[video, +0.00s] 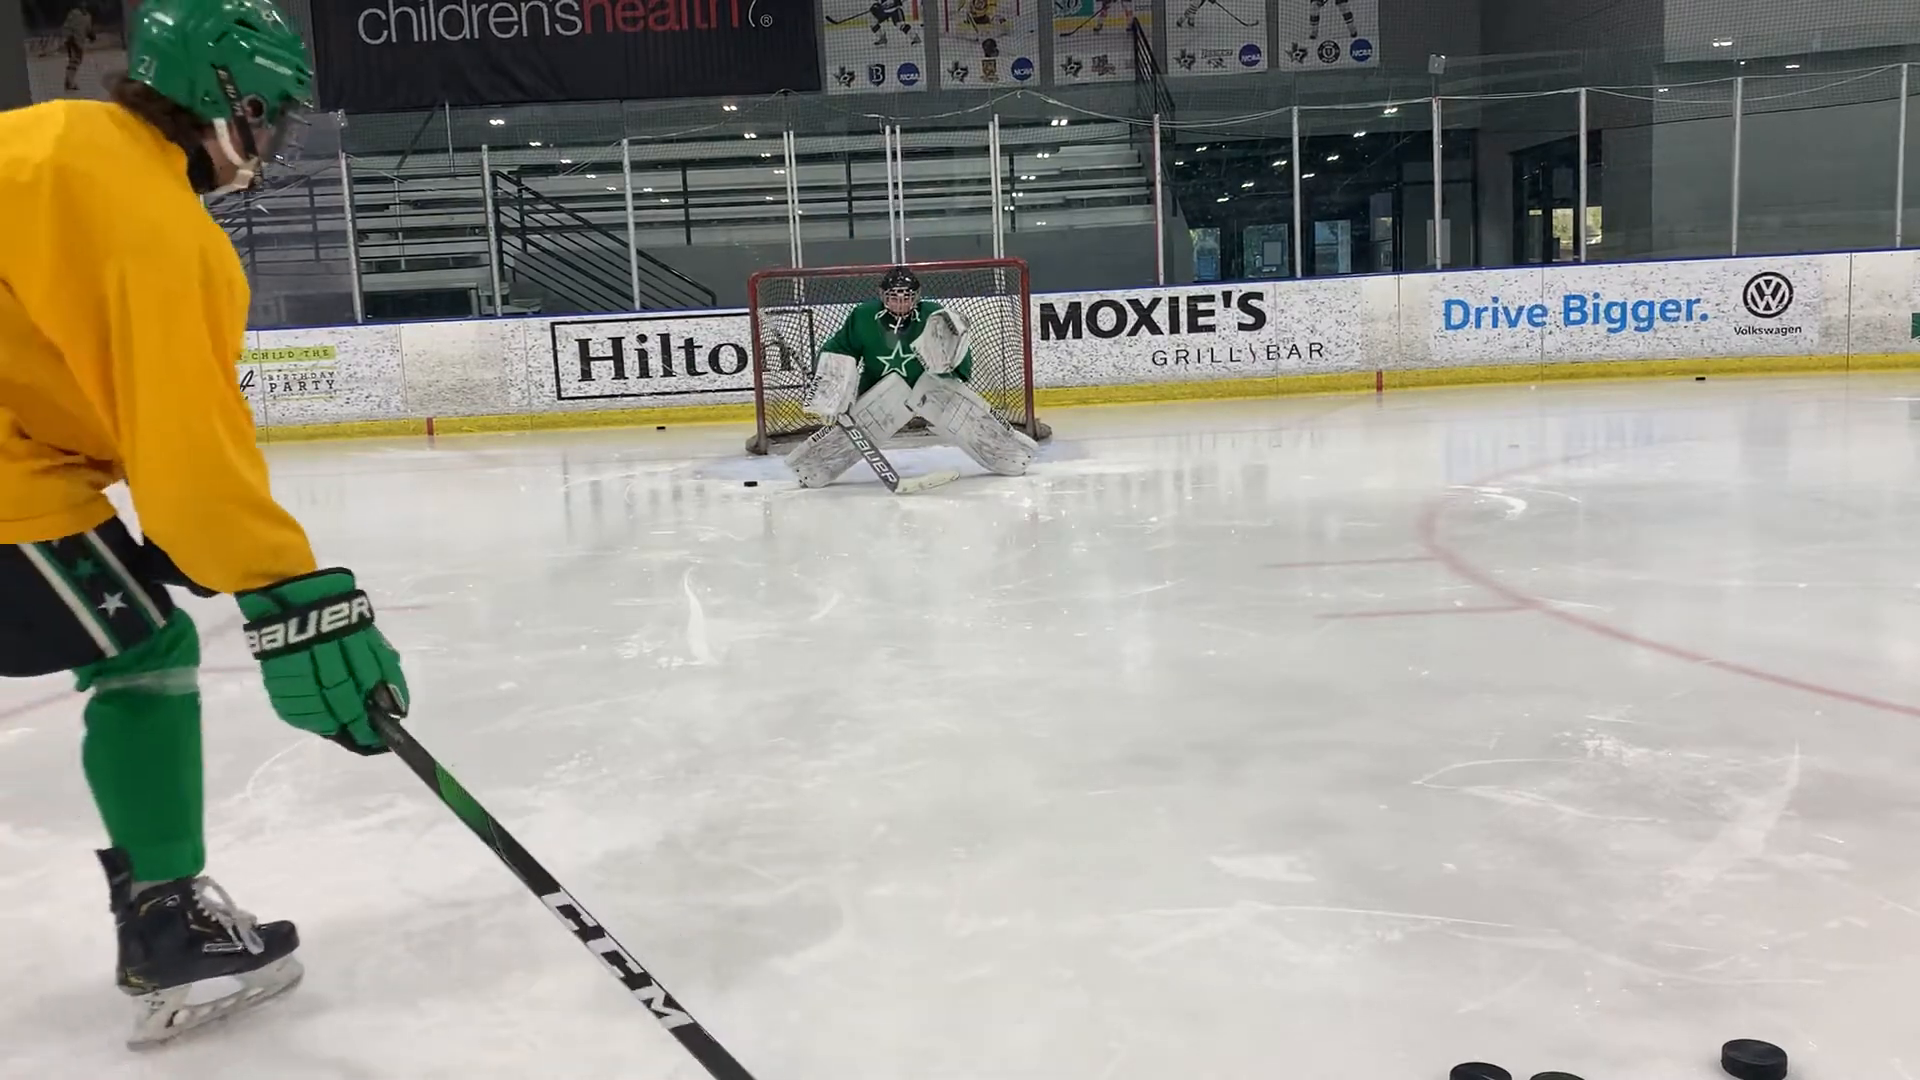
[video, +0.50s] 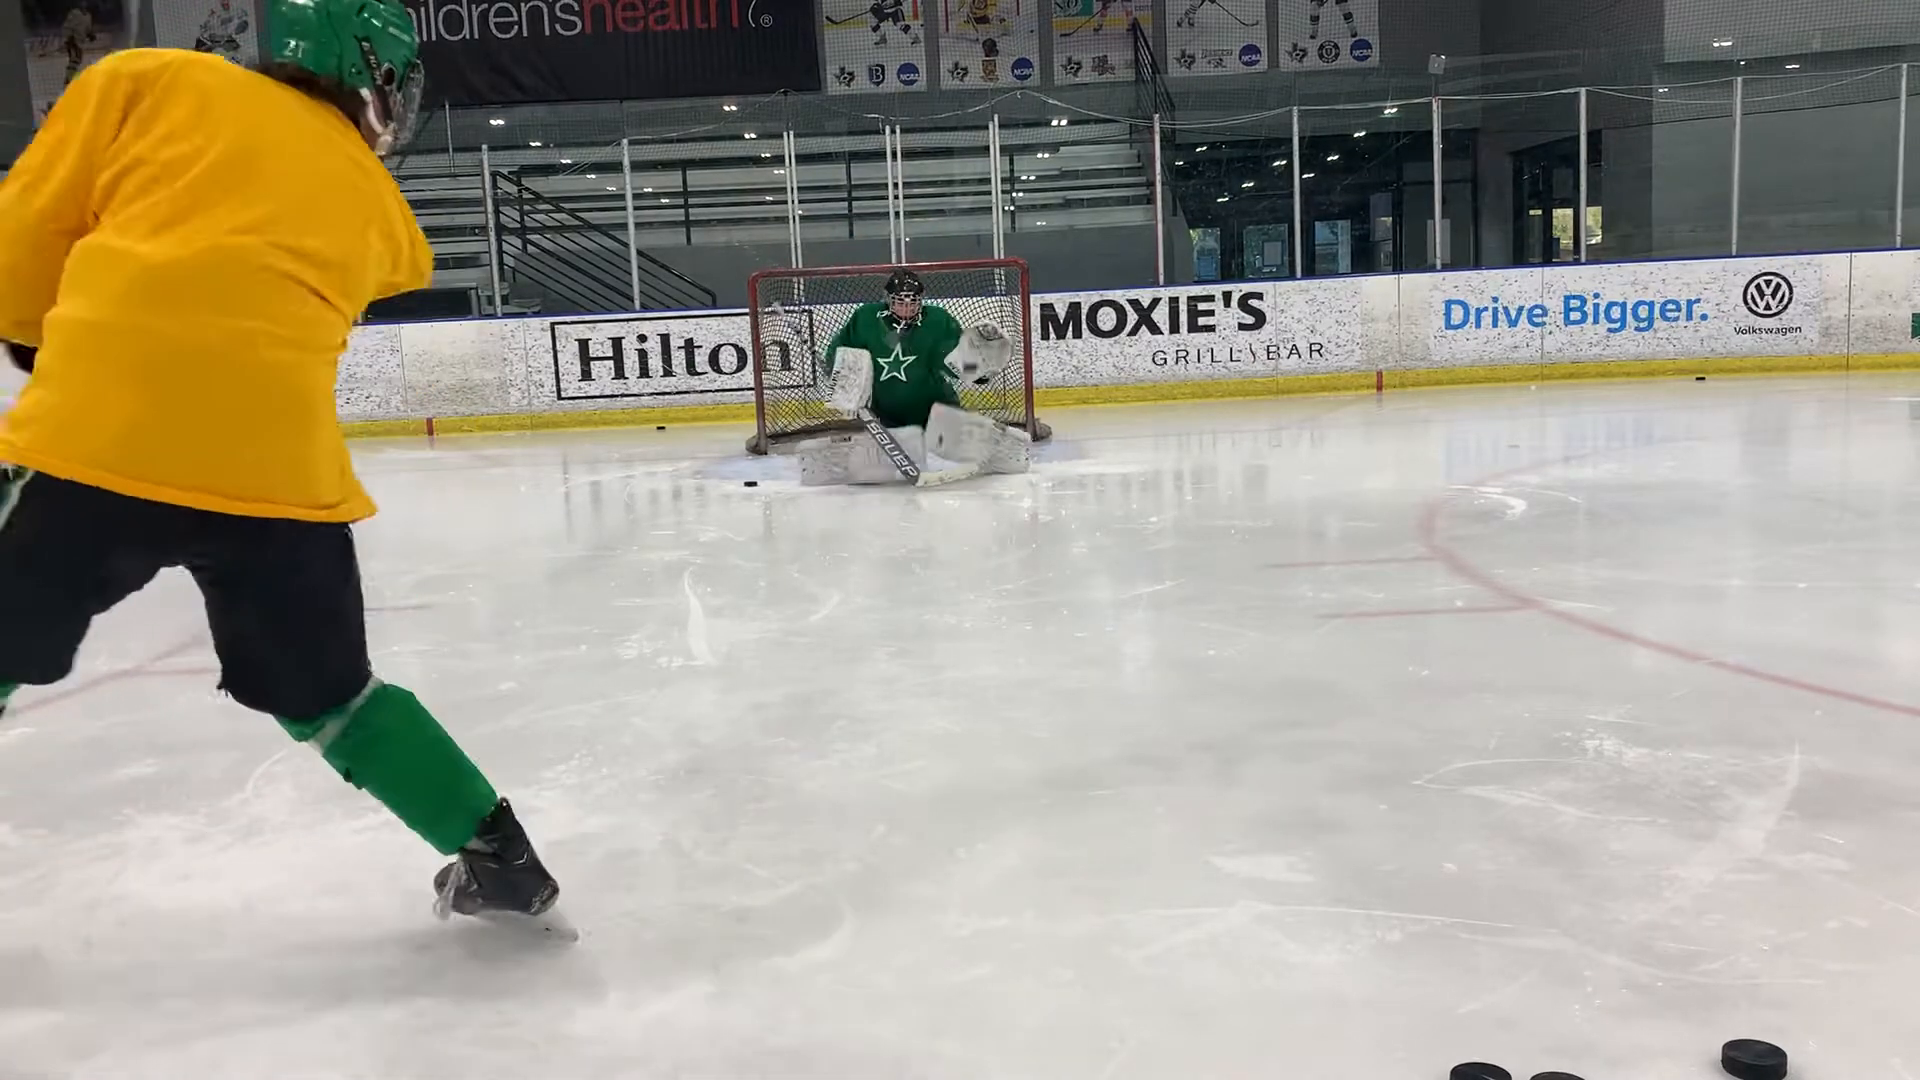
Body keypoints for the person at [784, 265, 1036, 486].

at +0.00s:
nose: (900, 302)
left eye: (906, 296)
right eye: (894, 296)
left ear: (916, 296)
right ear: (883, 296)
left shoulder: (934, 315)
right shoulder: (863, 318)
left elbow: (962, 371)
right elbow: (835, 352)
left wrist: (952, 346)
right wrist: (833, 388)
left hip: (930, 388)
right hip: (882, 391)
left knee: (964, 418)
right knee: (855, 430)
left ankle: (1009, 454)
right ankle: (814, 467)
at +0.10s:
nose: (900, 304)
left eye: (905, 297)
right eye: (894, 297)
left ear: (916, 296)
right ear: (884, 297)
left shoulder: (934, 315)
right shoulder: (864, 317)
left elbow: (962, 371)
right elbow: (835, 352)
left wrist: (956, 341)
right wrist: (832, 390)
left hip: (930, 388)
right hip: (882, 392)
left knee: (965, 418)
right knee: (854, 430)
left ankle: (1008, 453)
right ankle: (814, 467)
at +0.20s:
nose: (900, 304)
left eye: (906, 297)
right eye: (894, 297)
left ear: (916, 296)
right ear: (884, 297)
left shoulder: (934, 315)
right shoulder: (864, 317)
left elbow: (962, 373)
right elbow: (836, 352)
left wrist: (956, 343)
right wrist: (833, 391)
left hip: (931, 389)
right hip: (882, 392)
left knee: (965, 418)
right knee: (854, 430)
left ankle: (1009, 453)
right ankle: (815, 467)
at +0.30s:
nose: (901, 305)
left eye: (906, 298)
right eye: (895, 298)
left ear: (917, 297)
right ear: (885, 298)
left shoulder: (935, 316)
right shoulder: (864, 318)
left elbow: (964, 374)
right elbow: (836, 353)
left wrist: (955, 349)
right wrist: (833, 391)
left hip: (932, 390)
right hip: (882, 394)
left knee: (965, 418)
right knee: (854, 431)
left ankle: (1009, 453)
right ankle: (815, 467)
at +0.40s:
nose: (902, 305)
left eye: (907, 298)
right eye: (896, 298)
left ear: (918, 298)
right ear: (886, 298)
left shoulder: (936, 317)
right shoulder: (865, 319)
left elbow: (964, 370)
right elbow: (834, 352)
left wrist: (962, 347)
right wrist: (834, 388)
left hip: (931, 402)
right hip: (880, 408)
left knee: (961, 410)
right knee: (853, 437)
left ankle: (1008, 453)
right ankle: (815, 467)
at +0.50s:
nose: (906, 308)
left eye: (912, 302)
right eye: (900, 302)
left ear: (920, 300)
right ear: (889, 300)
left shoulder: (938, 321)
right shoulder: (865, 319)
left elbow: (963, 365)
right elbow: (834, 355)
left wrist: (982, 358)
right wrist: (847, 379)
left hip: (935, 418)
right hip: (883, 419)